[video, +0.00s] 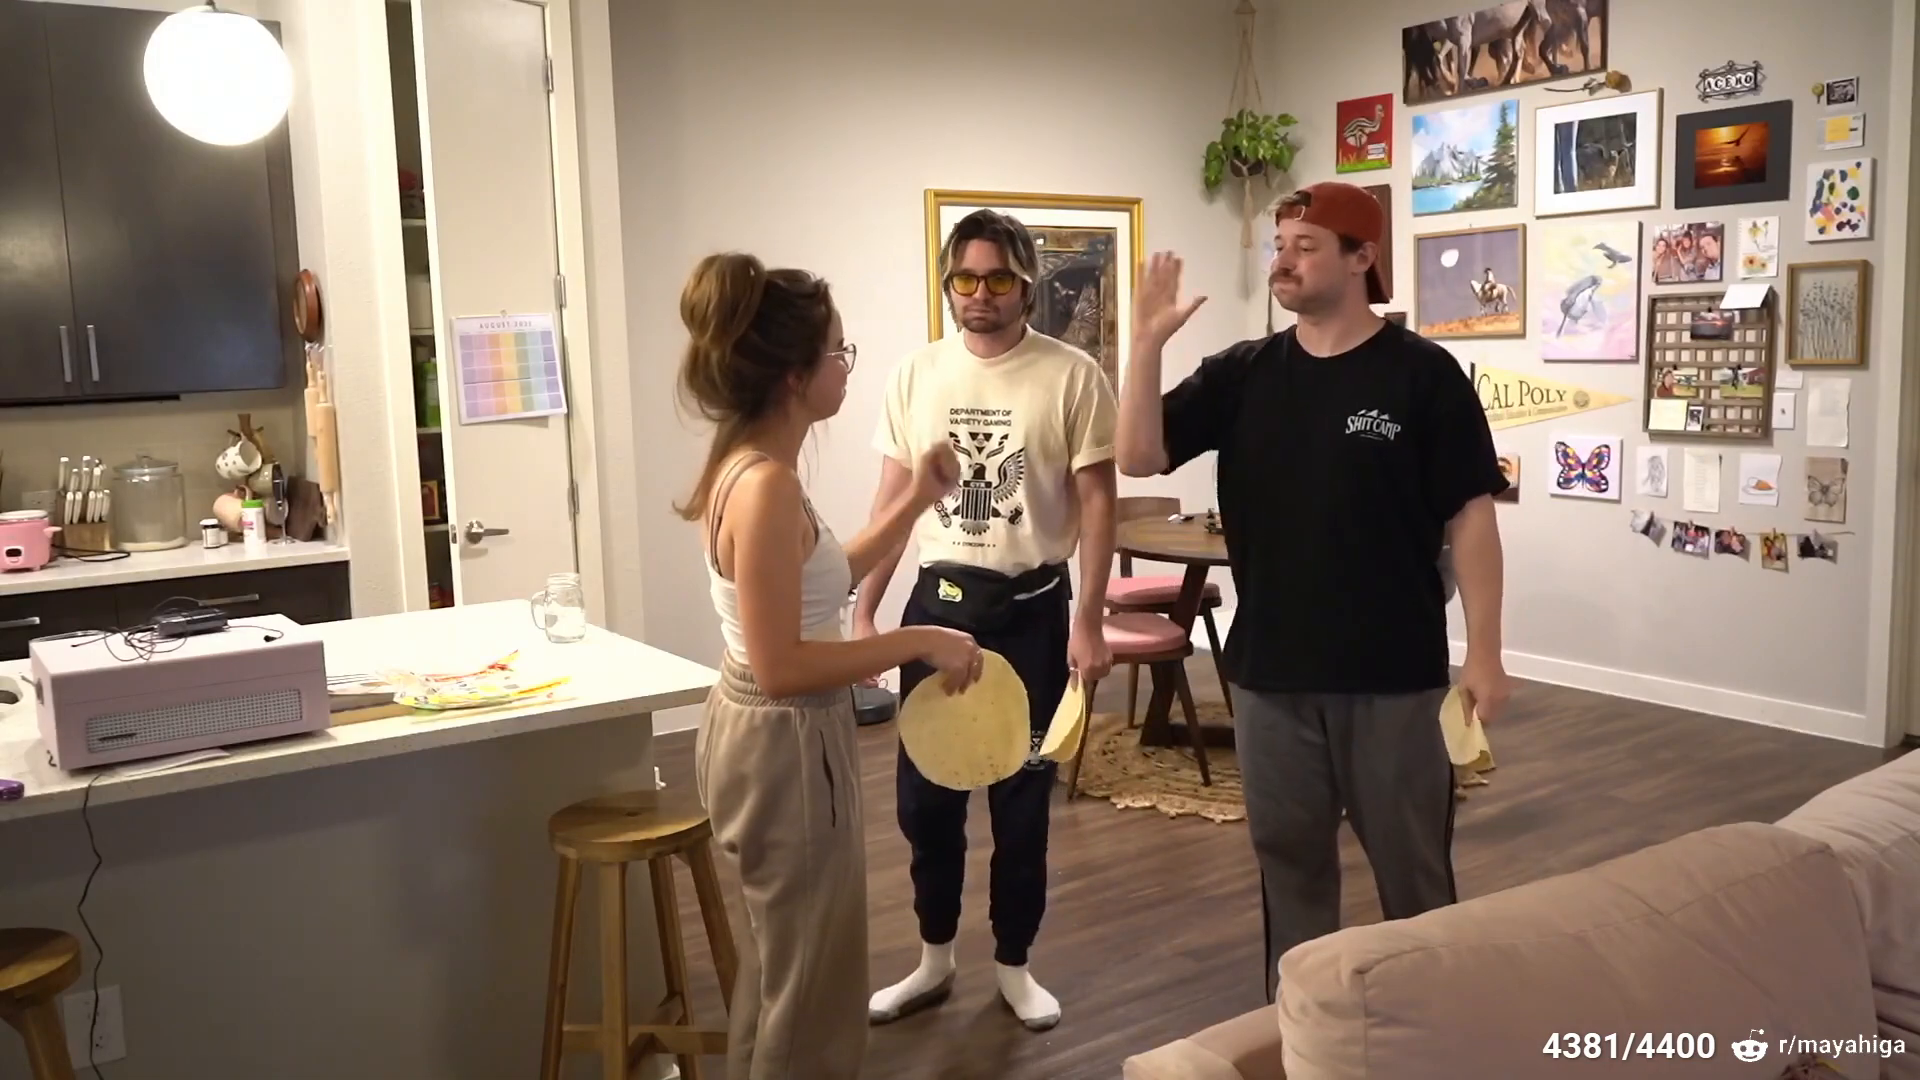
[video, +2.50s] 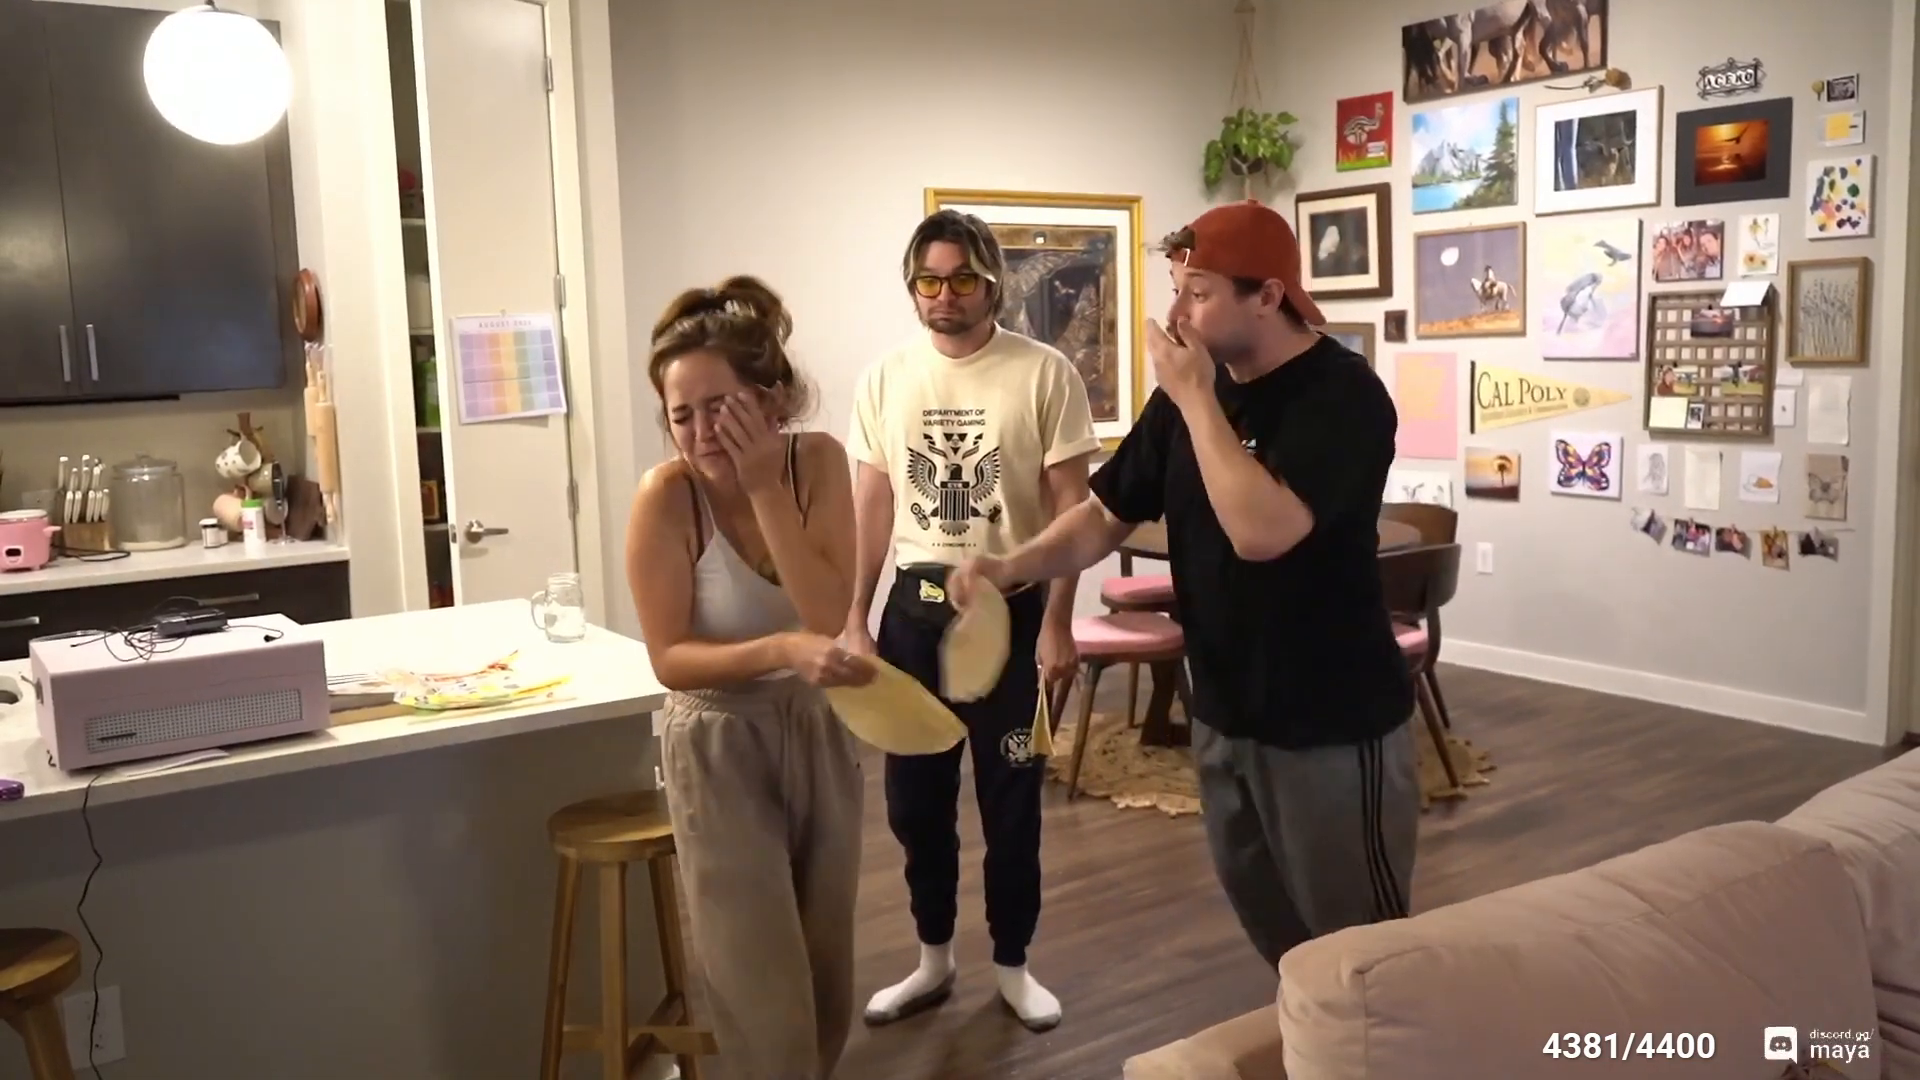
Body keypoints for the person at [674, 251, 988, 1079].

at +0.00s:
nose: (848, 365)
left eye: (844, 351)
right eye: (838, 354)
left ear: (781, 377)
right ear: (793, 376)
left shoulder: (752, 469)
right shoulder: (764, 485)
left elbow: (827, 584)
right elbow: (779, 667)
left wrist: (915, 501)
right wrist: (925, 643)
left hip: (765, 732)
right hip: (785, 747)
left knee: (781, 966)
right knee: (812, 981)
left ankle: (762, 1071)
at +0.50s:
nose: (846, 367)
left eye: (841, 352)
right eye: (835, 355)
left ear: (778, 377)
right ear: (787, 376)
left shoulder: (751, 468)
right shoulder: (757, 487)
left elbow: (825, 583)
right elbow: (776, 668)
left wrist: (936, 530)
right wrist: (920, 641)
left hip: (773, 732)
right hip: (786, 746)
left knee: (786, 968)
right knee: (813, 981)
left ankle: (763, 1073)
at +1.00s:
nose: (861, 371)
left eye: (857, 356)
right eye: (852, 359)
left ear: (795, 377)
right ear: (805, 376)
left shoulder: (753, 468)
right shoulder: (770, 482)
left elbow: (823, 592)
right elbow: (780, 665)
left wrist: (937, 546)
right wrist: (924, 646)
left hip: (761, 730)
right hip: (785, 744)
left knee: (781, 968)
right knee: (815, 978)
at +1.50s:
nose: (869, 369)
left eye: (864, 353)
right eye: (858, 356)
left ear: (804, 377)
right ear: (811, 378)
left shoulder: (767, 468)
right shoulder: (777, 483)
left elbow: (797, 625)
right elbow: (779, 664)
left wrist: (900, 623)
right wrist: (919, 653)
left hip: (780, 731)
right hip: (792, 743)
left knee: (786, 963)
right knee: (817, 976)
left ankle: (762, 1074)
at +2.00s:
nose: (866, 382)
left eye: (864, 365)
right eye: (855, 369)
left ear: (796, 382)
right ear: (797, 382)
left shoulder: (783, 473)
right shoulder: (761, 489)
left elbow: (797, 616)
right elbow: (750, 671)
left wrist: (888, 627)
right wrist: (896, 663)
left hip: (798, 739)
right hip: (782, 751)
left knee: (795, 970)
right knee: (811, 983)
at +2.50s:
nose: (704, 431)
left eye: (719, 406)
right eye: (683, 415)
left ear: (768, 395)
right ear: (666, 415)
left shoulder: (816, 462)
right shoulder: (665, 497)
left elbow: (831, 621)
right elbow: (669, 660)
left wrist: (765, 491)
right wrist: (783, 649)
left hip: (817, 731)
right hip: (715, 743)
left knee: (826, 988)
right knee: (774, 1010)